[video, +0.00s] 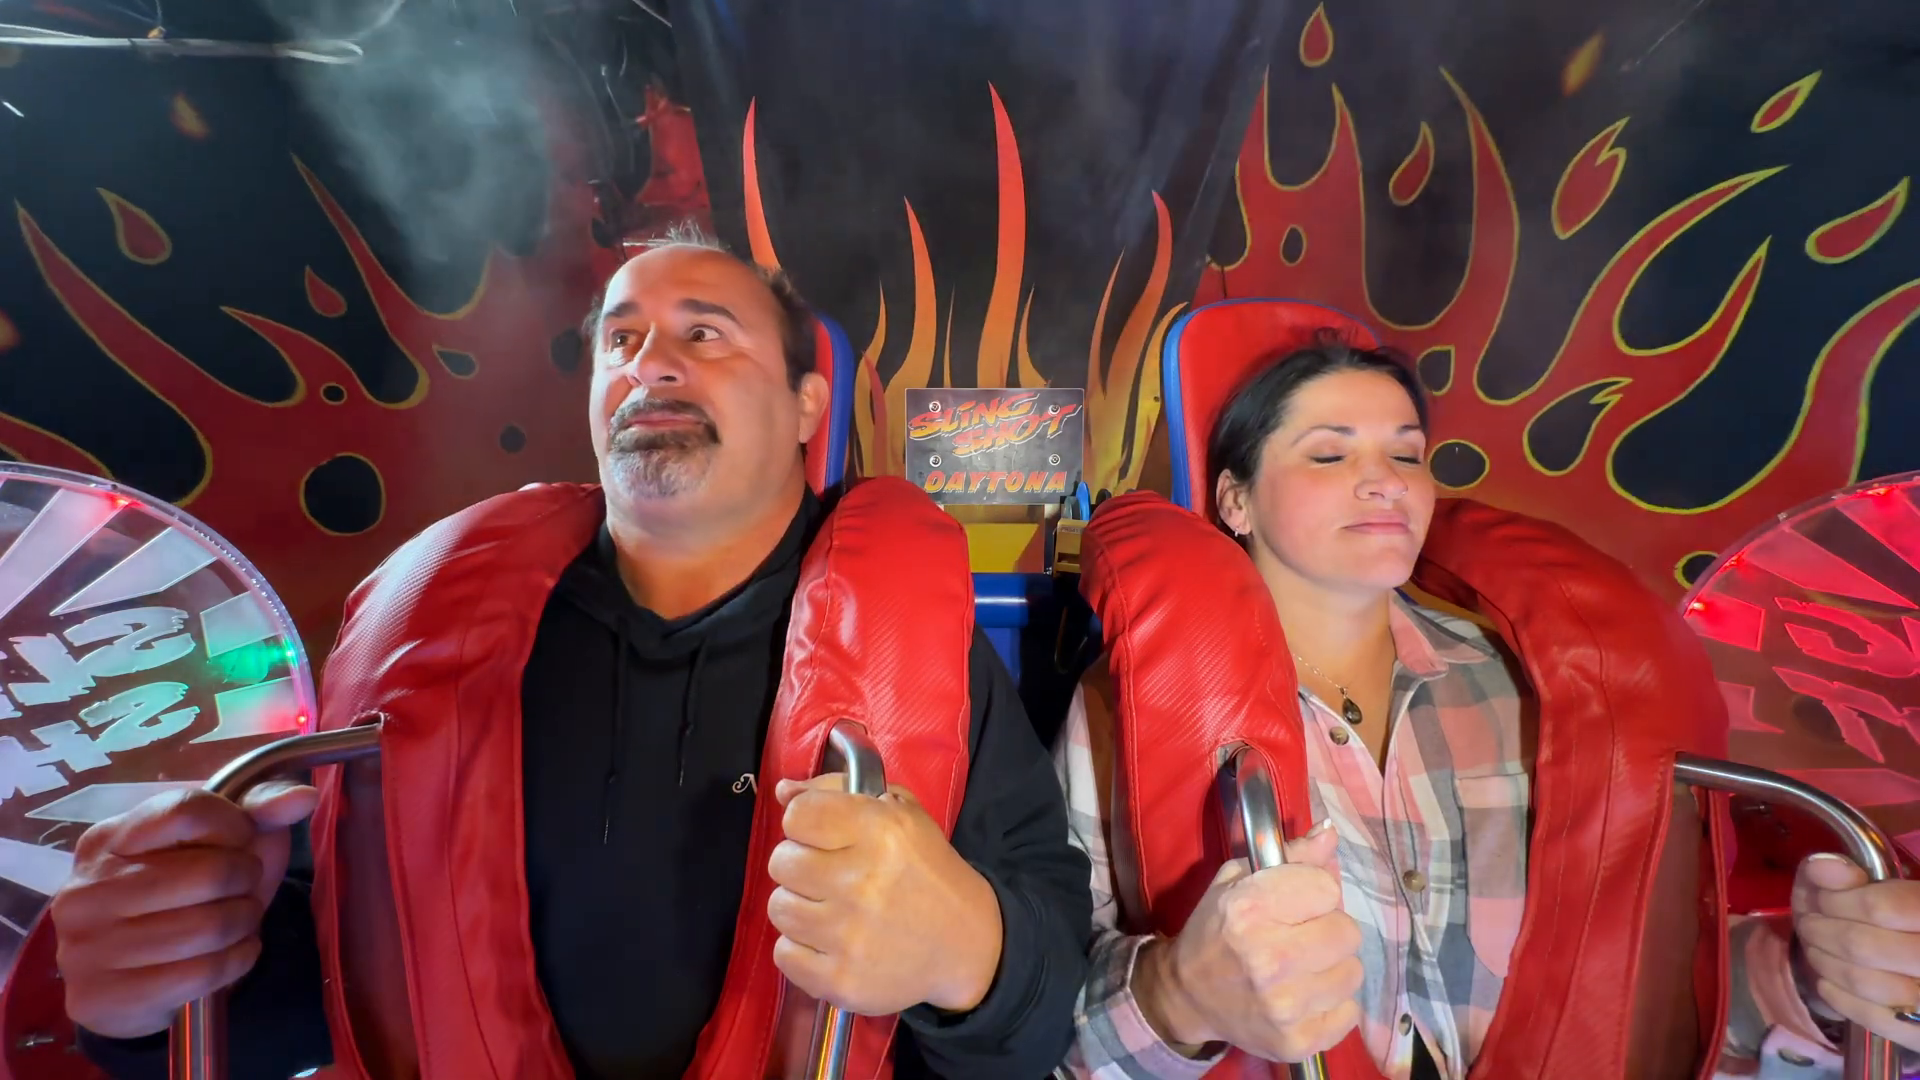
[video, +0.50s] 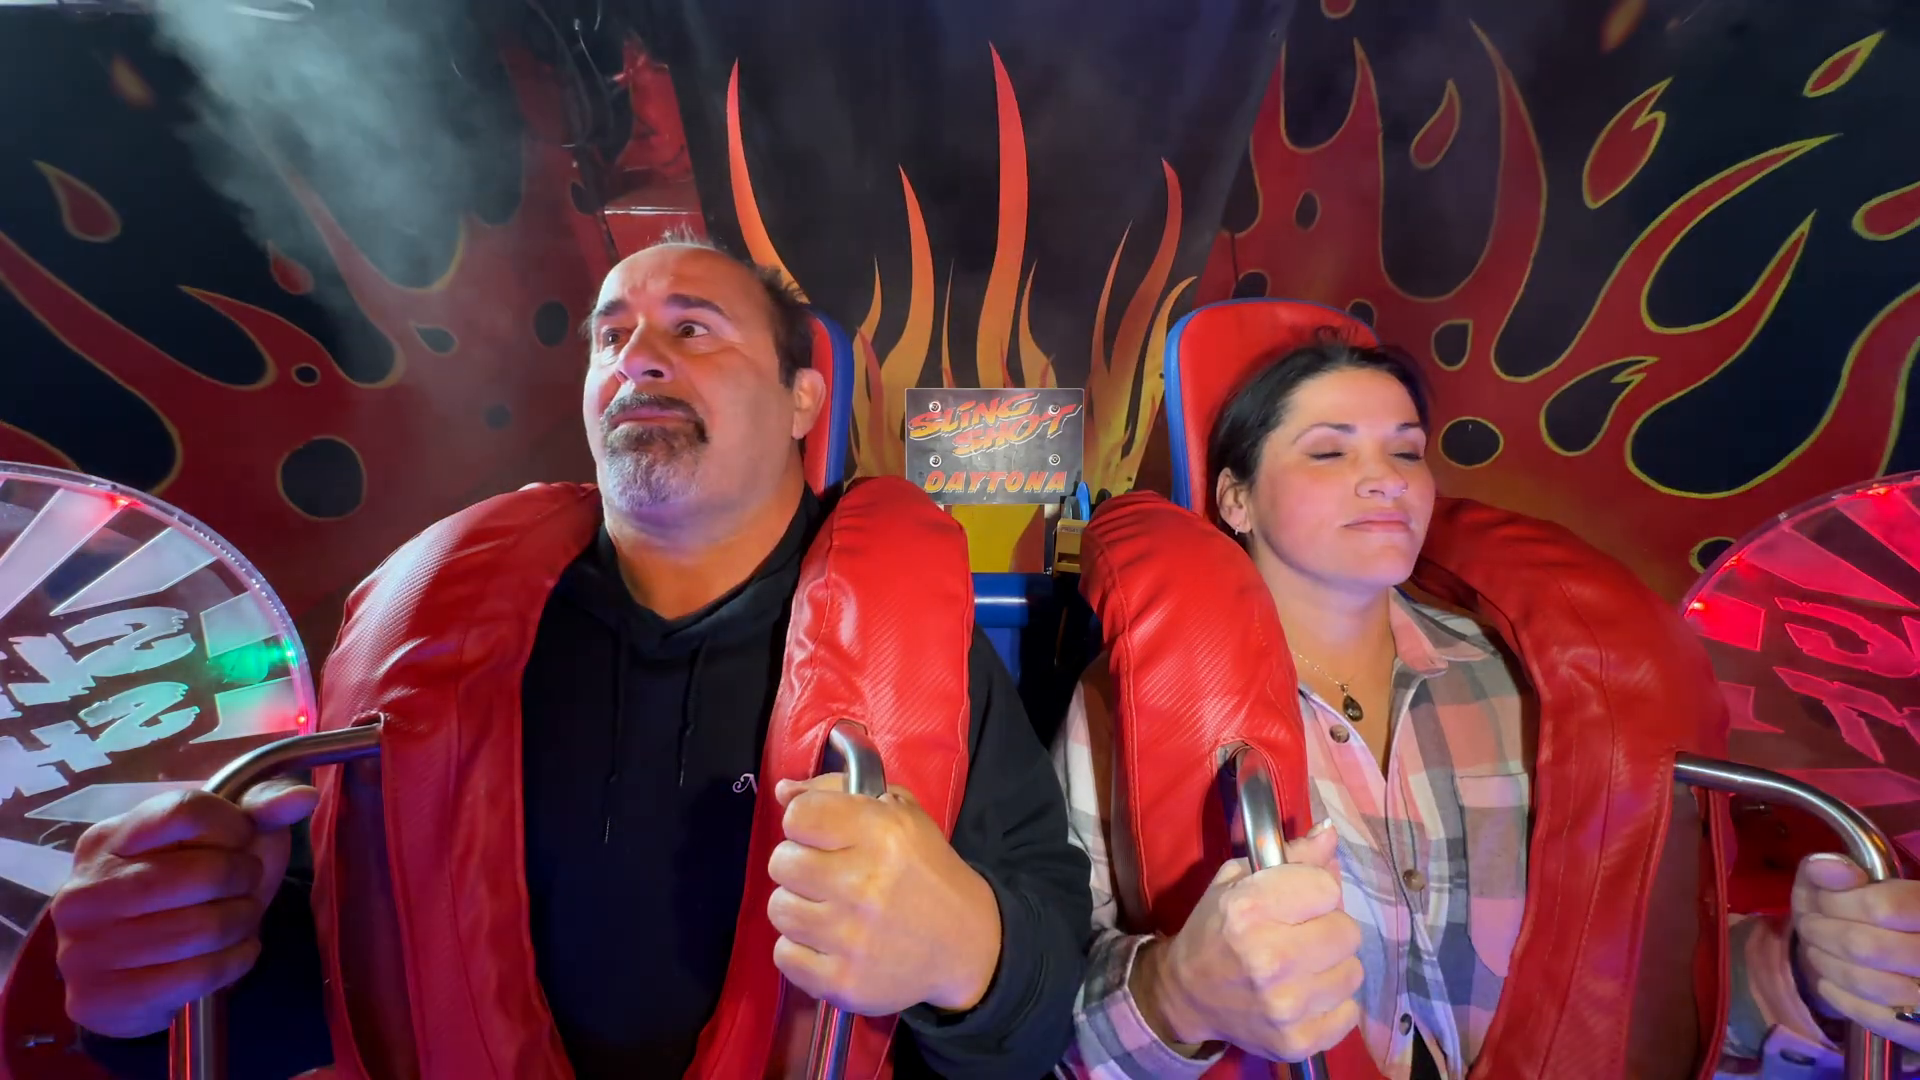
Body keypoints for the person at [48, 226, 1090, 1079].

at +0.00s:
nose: (652, 360)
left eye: (709, 330)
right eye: (623, 340)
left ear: (807, 414)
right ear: (588, 415)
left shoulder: (921, 661)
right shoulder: (430, 634)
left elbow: (1045, 1004)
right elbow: (306, 976)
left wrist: (979, 955)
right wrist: (97, 984)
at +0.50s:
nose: (638, 353)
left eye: (697, 322)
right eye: (612, 334)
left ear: (807, 404)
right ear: (582, 413)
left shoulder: (923, 661)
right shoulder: (425, 630)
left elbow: (1043, 1006)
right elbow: (309, 982)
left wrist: (979, 958)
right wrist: (107, 980)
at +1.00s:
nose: (639, 359)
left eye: (699, 326)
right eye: (612, 338)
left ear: (807, 402)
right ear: (583, 411)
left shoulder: (924, 650)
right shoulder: (435, 642)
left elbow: (1041, 981)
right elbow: (297, 1017)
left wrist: (980, 943)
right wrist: (186, 978)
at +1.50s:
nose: (623, 368)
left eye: (685, 329)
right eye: (602, 347)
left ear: (799, 403)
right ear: (578, 417)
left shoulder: (920, 660)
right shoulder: (440, 641)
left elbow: (1032, 1029)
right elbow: (306, 972)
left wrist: (974, 956)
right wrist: (90, 984)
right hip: (480, 1064)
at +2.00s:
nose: (619, 366)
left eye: (681, 326)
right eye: (598, 344)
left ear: (798, 398)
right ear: (575, 418)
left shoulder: (922, 659)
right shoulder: (443, 644)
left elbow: (1036, 1016)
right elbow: (319, 972)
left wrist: (979, 952)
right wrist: (120, 977)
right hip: (493, 1071)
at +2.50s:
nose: (623, 361)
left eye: (683, 324)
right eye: (600, 340)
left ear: (799, 396)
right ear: (577, 413)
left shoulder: (918, 652)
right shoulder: (440, 638)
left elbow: (1045, 1011)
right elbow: (315, 985)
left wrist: (971, 950)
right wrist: (110, 981)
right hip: (490, 1067)